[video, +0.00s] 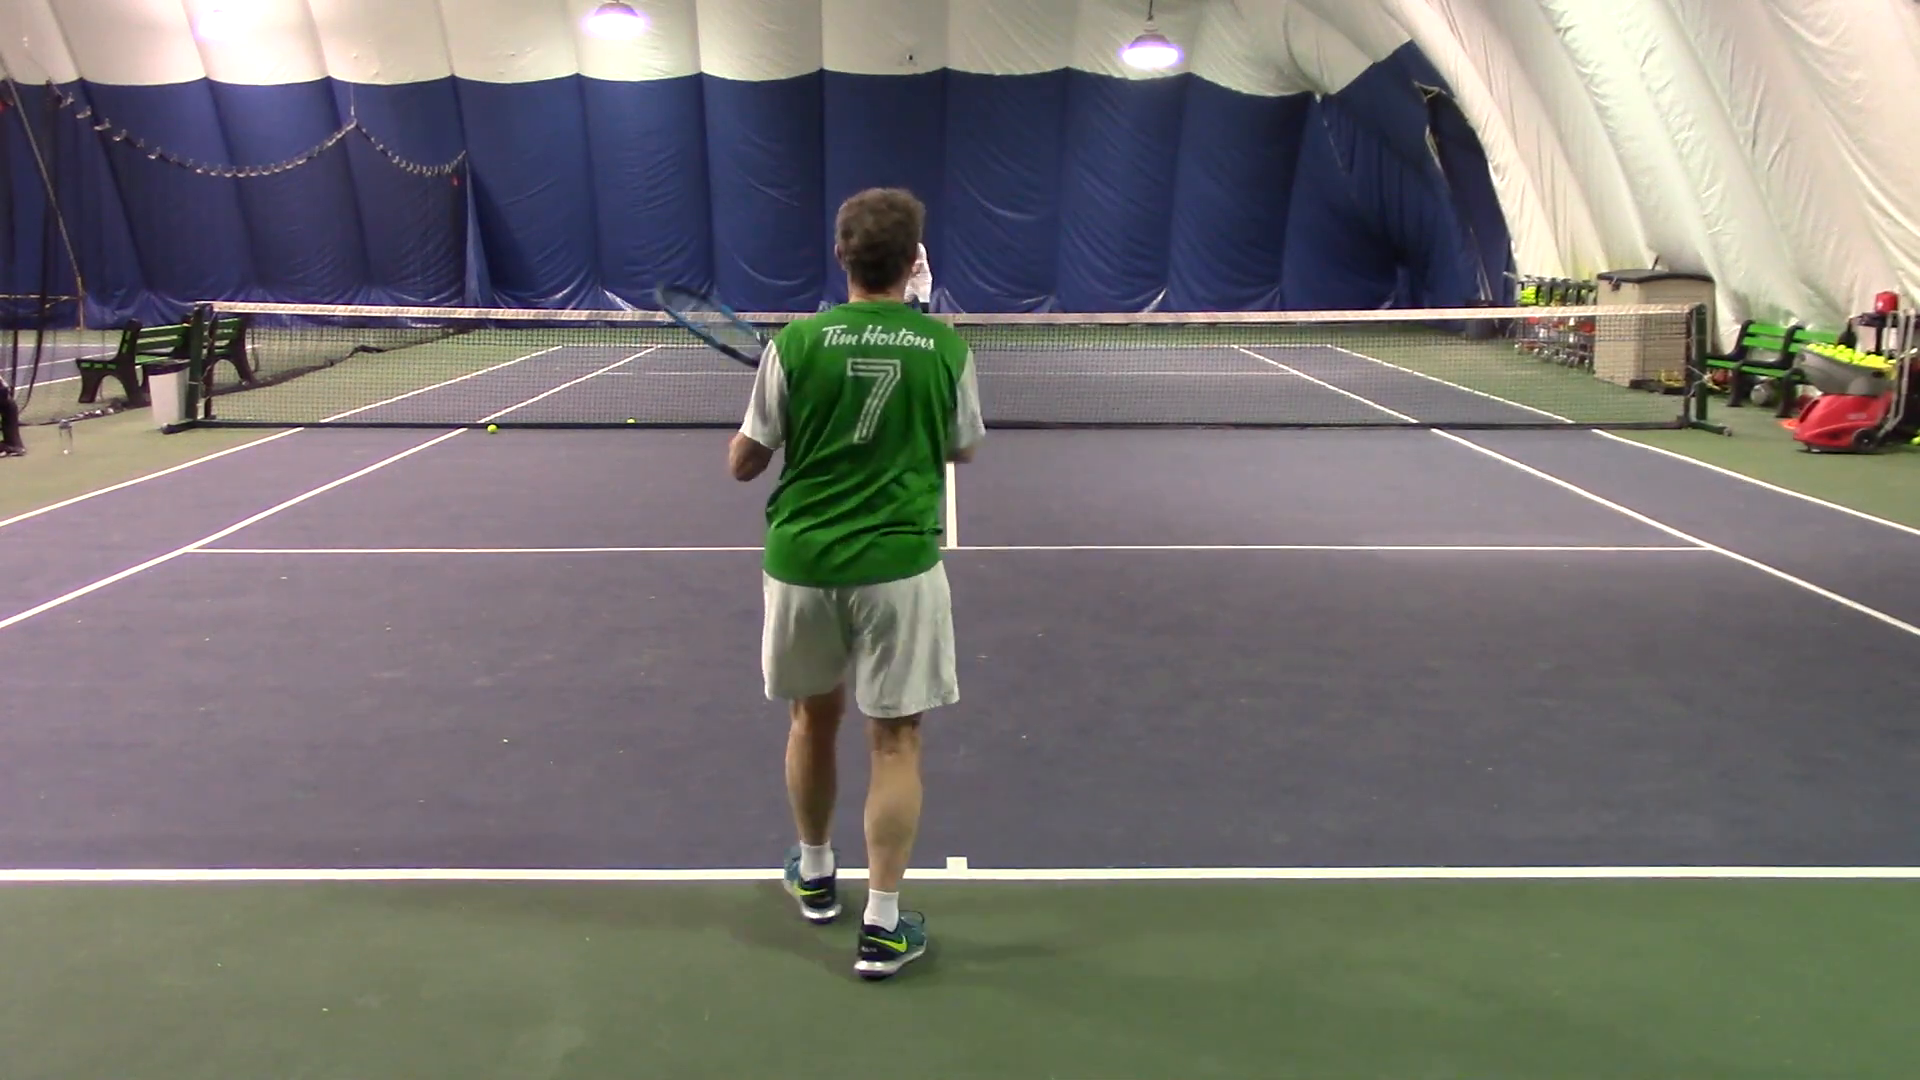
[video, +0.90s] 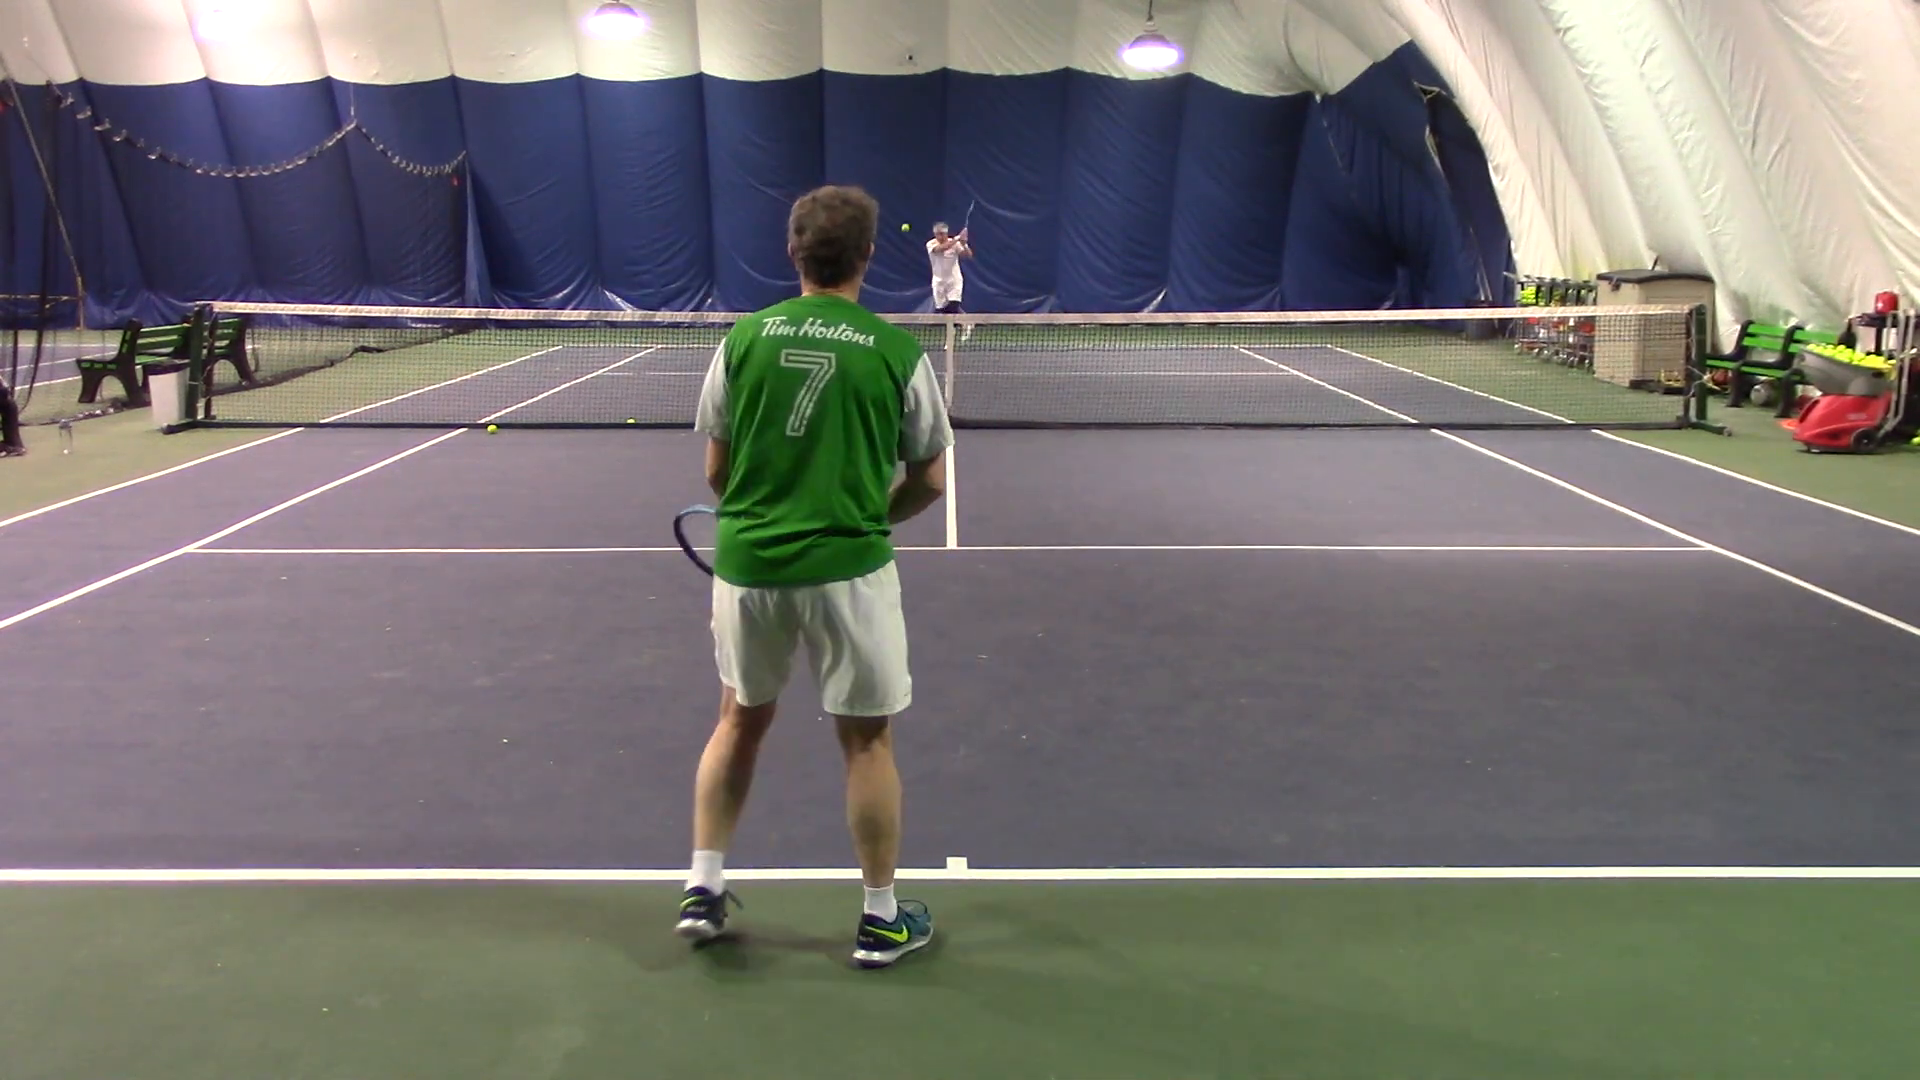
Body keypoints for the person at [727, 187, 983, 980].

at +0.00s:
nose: (919, 259)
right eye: (920, 249)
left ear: (840, 259)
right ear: (914, 262)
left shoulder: (794, 344)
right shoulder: (945, 347)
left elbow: (743, 464)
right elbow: (961, 449)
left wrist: (779, 409)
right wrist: (898, 402)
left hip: (802, 567)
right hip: (900, 570)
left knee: (813, 718)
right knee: (895, 740)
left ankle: (815, 875)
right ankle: (882, 924)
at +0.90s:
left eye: (798, 242)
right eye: (861, 247)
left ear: (792, 253)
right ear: (867, 258)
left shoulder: (744, 340)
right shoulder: (898, 351)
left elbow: (718, 471)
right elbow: (928, 480)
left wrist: (771, 509)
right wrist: (863, 517)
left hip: (748, 567)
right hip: (851, 569)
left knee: (740, 716)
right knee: (867, 738)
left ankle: (702, 890)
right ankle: (880, 915)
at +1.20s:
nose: (817, 273)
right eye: (817, 264)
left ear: (740, 267)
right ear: (813, 275)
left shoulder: (701, 338)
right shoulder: (806, 363)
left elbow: (731, 450)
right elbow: (832, 496)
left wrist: (841, 486)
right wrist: (866, 541)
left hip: (662, 561)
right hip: (751, 569)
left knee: (691, 735)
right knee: (815, 746)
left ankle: (675, 904)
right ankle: (869, 911)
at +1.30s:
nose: (796, 274)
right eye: (796, 265)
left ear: (718, 266)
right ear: (788, 274)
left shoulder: (683, 336)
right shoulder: (767, 356)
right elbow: (789, 481)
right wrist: (874, 509)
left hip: (639, 563)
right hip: (721, 569)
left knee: (683, 733)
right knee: (788, 738)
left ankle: (674, 905)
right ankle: (795, 923)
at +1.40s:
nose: (780, 269)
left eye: (768, 255)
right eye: (780, 259)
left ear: (702, 264)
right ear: (771, 270)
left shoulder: (679, 332)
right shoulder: (740, 354)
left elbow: (767, 413)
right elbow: (754, 467)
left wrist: (873, 410)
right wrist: (868, 471)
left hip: (627, 566)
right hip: (699, 574)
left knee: (675, 739)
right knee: (757, 748)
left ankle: (674, 906)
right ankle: (712, 930)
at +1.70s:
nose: (761, 290)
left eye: (757, 278)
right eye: (761, 279)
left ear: (685, 275)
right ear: (747, 287)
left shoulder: (689, 343)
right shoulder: (685, 350)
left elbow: (782, 409)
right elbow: (660, 445)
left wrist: (849, 365)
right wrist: (768, 444)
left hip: (638, 581)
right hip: (640, 589)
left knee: (684, 751)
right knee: (665, 785)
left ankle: (675, 900)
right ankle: (609, 978)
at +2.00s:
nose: (772, 297)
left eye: (770, 283)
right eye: (772, 284)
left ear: (696, 278)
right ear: (755, 292)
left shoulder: (660, 334)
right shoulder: (697, 364)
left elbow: (664, 421)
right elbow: (694, 465)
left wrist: (747, 408)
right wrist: (769, 500)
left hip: (606, 576)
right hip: (640, 587)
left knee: (670, 735)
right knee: (669, 784)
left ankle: (688, 876)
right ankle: (610, 977)